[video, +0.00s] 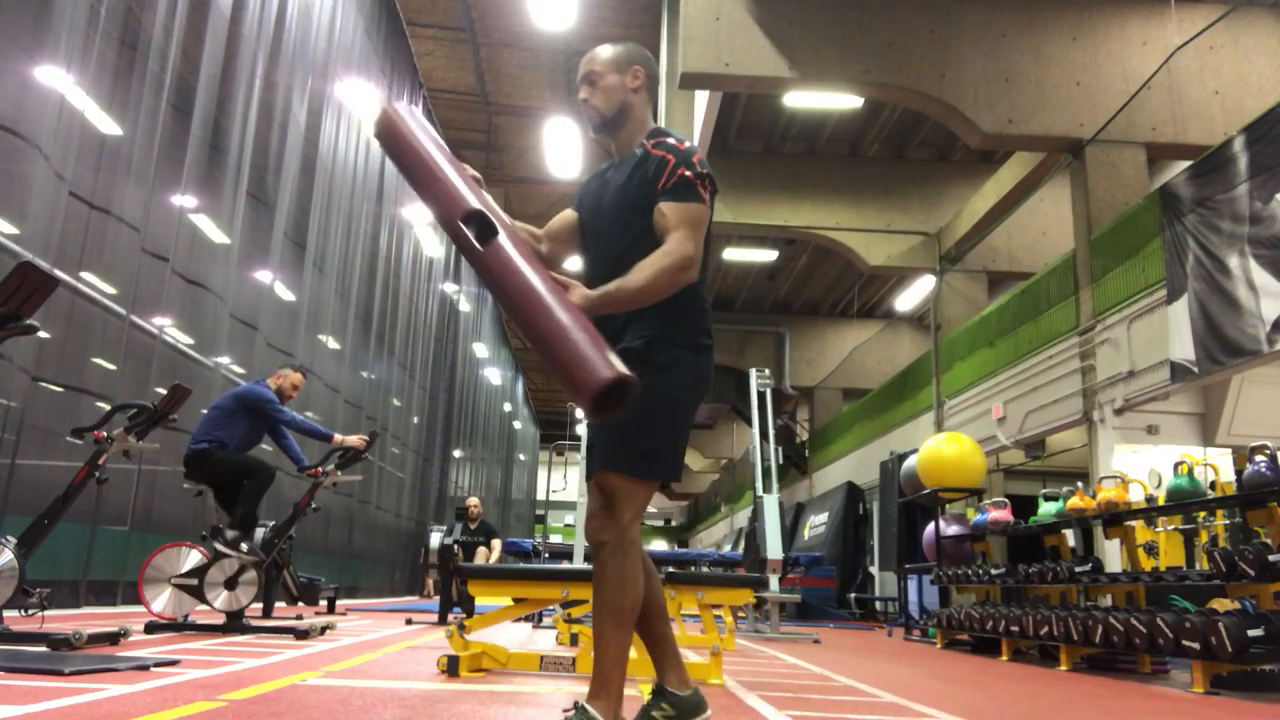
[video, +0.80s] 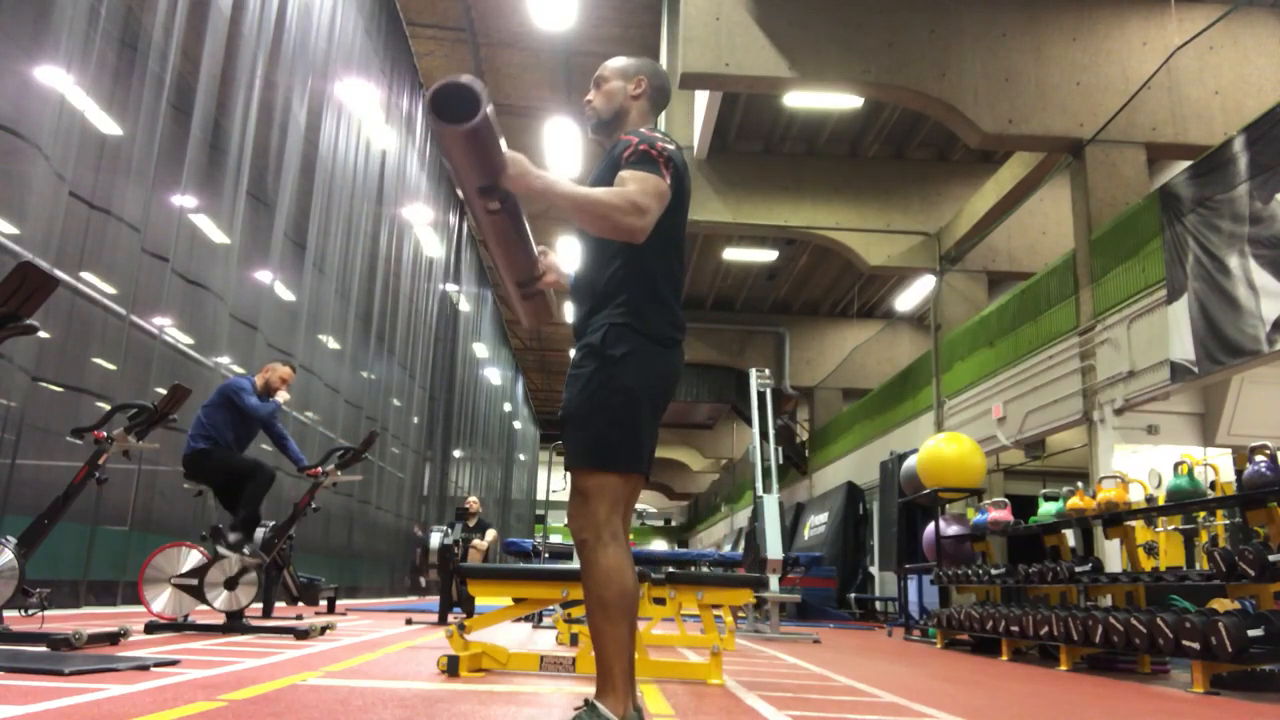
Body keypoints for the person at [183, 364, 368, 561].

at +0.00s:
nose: (294, 395)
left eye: (297, 391)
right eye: (294, 387)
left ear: (281, 383)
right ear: (278, 378)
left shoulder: (264, 402)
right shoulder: (258, 392)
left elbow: (282, 438)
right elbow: (293, 422)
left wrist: (305, 467)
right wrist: (340, 439)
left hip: (213, 460)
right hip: (205, 456)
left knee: (247, 516)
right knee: (263, 471)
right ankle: (233, 533)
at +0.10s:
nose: (292, 395)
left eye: (296, 392)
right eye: (292, 387)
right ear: (276, 378)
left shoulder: (267, 406)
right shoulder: (256, 392)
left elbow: (282, 438)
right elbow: (291, 419)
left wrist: (305, 466)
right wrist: (339, 438)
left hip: (217, 457)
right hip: (205, 456)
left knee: (259, 506)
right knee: (258, 490)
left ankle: (226, 546)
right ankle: (241, 550)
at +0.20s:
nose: (293, 393)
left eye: (296, 389)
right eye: (292, 385)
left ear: (279, 381)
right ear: (276, 376)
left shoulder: (264, 401)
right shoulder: (255, 390)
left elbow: (280, 437)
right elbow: (288, 419)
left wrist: (304, 466)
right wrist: (336, 436)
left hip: (226, 460)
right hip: (205, 460)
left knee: (271, 493)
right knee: (247, 503)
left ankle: (227, 535)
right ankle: (234, 572)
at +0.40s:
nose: (291, 393)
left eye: (295, 390)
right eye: (290, 386)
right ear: (274, 376)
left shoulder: (266, 403)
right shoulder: (251, 388)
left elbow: (279, 437)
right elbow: (270, 422)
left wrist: (304, 466)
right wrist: (306, 426)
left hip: (227, 461)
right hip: (204, 459)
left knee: (278, 479)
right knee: (234, 513)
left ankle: (251, 533)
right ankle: (198, 574)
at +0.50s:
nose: (287, 394)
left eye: (291, 390)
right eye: (287, 385)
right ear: (272, 376)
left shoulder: (265, 406)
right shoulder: (245, 388)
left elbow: (280, 438)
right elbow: (264, 422)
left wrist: (303, 467)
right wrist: (291, 417)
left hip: (225, 462)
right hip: (202, 459)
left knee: (271, 496)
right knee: (244, 502)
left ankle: (256, 558)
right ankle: (198, 553)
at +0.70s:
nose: (284, 389)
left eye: (287, 385)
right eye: (282, 381)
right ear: (267, 371)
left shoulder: (263, 404)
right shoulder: (240, 385)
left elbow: (279, 435)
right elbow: (264, 414)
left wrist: (303, 465)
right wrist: (281, 402)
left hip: (220, 463)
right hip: (202, 457)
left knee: (248, 521)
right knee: (263, 473)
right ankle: (220, 527)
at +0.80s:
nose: (283, 389)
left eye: (287, 385)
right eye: (282, 381)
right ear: (266, 371)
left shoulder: (263, 406)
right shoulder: (239, 385)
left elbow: (280, 437)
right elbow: (257, 412)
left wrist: (304, 466)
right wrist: (278, 401)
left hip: (220, 461)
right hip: (201, 456)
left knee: (251, 516)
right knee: (263, 473)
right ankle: (236, 534)